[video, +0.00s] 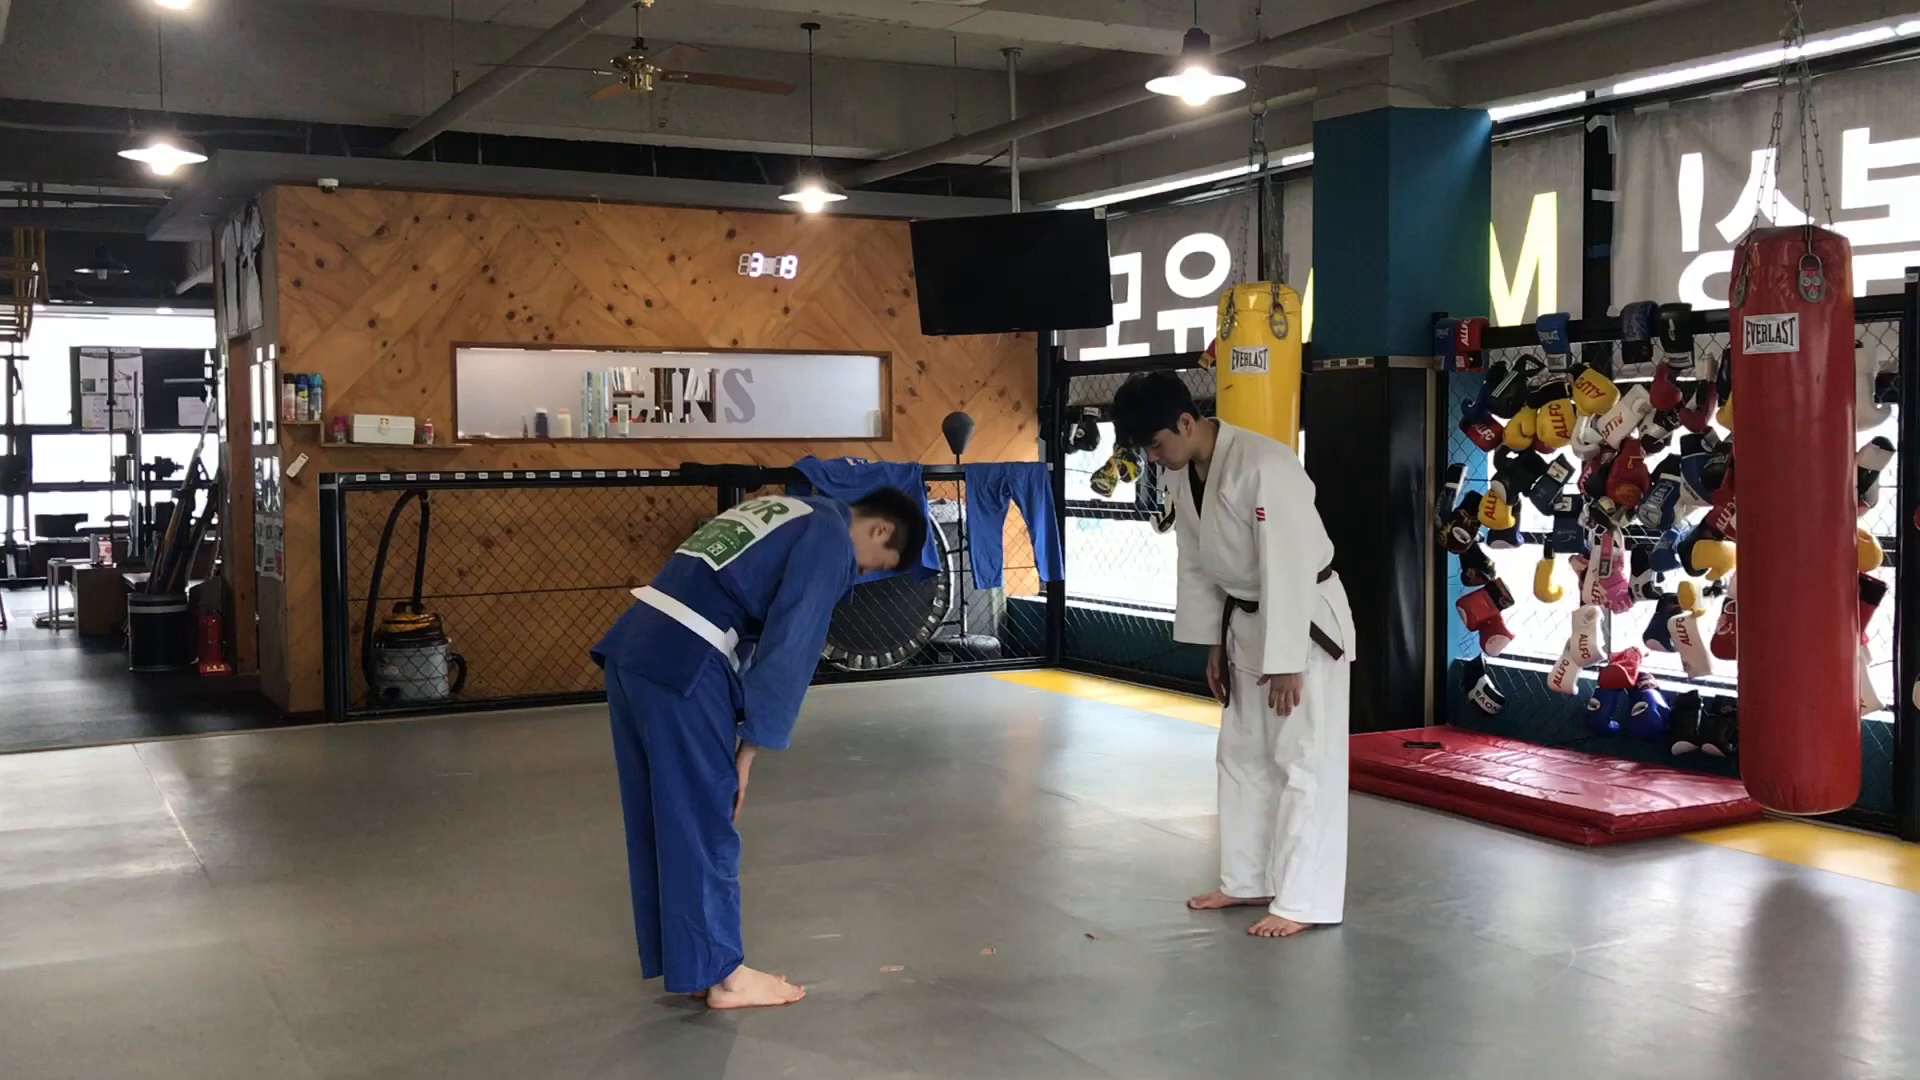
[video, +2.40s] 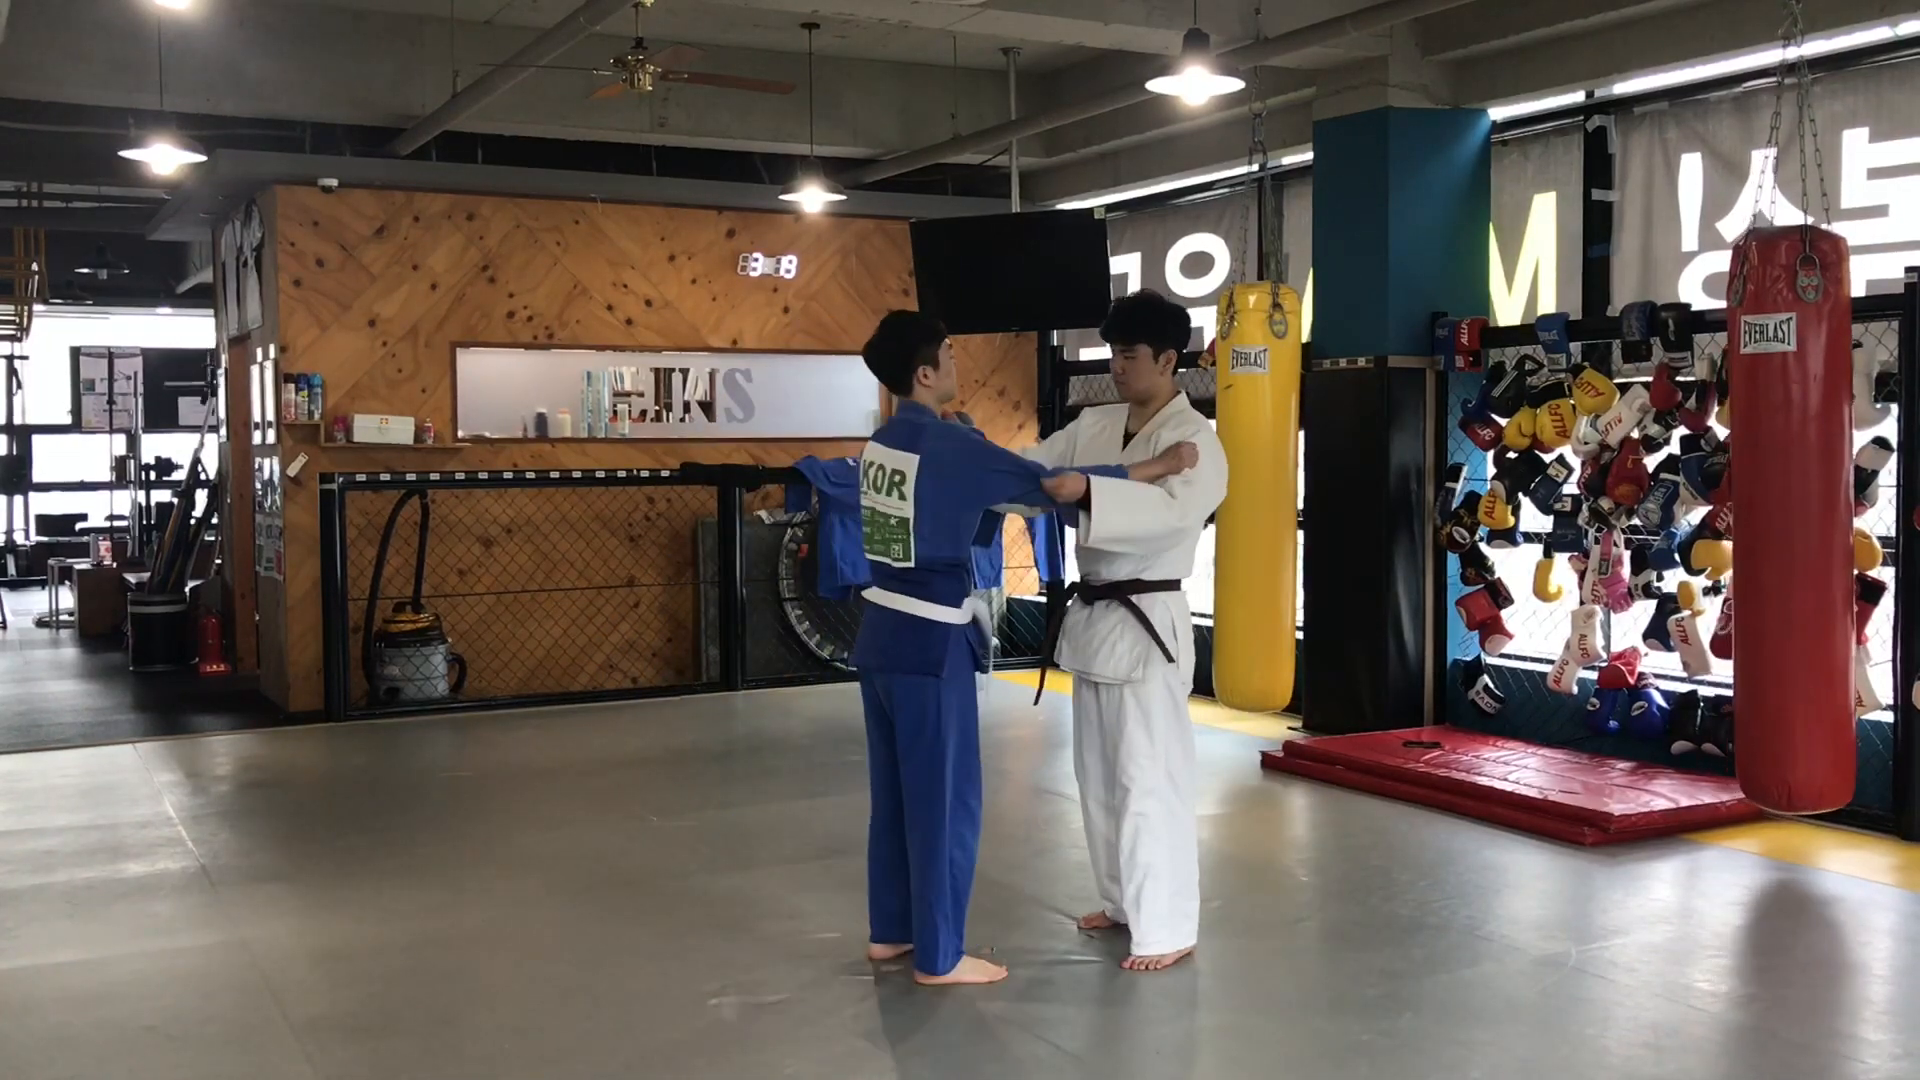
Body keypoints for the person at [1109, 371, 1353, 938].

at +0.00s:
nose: (1153, 458)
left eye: (1155, 445)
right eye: (1146, 450)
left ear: (1186, 421)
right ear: (1179, 428)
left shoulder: (1265, 464)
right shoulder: (1182, 474)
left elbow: (1289, 564)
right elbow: (1198, 562)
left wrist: (1286, 660)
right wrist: (1217, 639)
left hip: (1306, 617)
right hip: (1248, 617)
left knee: (1302, 763)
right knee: (1243, 754)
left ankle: (1304, 901)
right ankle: (1248, 882)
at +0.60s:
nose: (1197, 379)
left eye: (1207, 365)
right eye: (1195, 367)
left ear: (1248, 364)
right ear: (1226, 370)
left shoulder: (1300, 443)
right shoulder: (1202, 442)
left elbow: (1312, 546)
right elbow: (1182, 535)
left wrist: (1300, 639)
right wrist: (1166, 616)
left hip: (1269, 632)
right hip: (1211, 628)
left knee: (1276, 772)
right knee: (1219, 767)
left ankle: (1296, 905)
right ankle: (1239, 884)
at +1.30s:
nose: (1178, 376)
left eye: (1190, 364)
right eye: (1175, 364)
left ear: (1229, 367)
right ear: (1181, 369)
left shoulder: (1266, 448)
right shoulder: (1175, 442)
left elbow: (1259, 552)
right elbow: (1153, 535)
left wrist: (1224, 642)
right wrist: (1106, 604)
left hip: (1231, 627)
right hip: (1171, 622)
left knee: (1258, 771)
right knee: (1155, 766)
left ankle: (1292, 902)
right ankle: (1138, 897)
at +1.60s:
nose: (1136, 370)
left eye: (1149, 358)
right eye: (1134, 359)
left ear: (1190, 361)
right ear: (1139, 363)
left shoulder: (1216, 443)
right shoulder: (1130, 441)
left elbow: (1198, 539)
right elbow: (1090, 518)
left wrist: (1133, 598)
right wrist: (1027, 550)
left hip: (1184, 620)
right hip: (1125, 617)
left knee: (1207, 761)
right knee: (1125, 765)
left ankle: (1271, 876)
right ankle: (1137, 901)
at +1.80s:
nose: (1123, 368)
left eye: (1136, 357)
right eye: (1120, 356)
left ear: (1174, 359)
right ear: (1121, 359)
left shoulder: (1203, 441)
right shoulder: (1108, 430)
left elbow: (1169, 513)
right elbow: (1064, 498)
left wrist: (1091, 543)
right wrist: (992, 492)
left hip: (1170, 612)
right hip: (1114, 610)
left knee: (1167, 766)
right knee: (1114, 766)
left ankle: (1207, 912)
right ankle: (1136, 901)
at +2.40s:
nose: (1115, 367)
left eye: (1128, 356)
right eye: (1112, 355)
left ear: (1168, 359)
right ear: (1114, 359)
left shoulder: (1197, 440)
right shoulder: (1094, 426)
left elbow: (1173, 510)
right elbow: (1029, 468)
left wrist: (1090, 490)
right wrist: (965, 454)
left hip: (1150, 619)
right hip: (1091, 616)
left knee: (1151, 781)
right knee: (1102, 775)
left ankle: (1168, 930)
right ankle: (1125, 903)